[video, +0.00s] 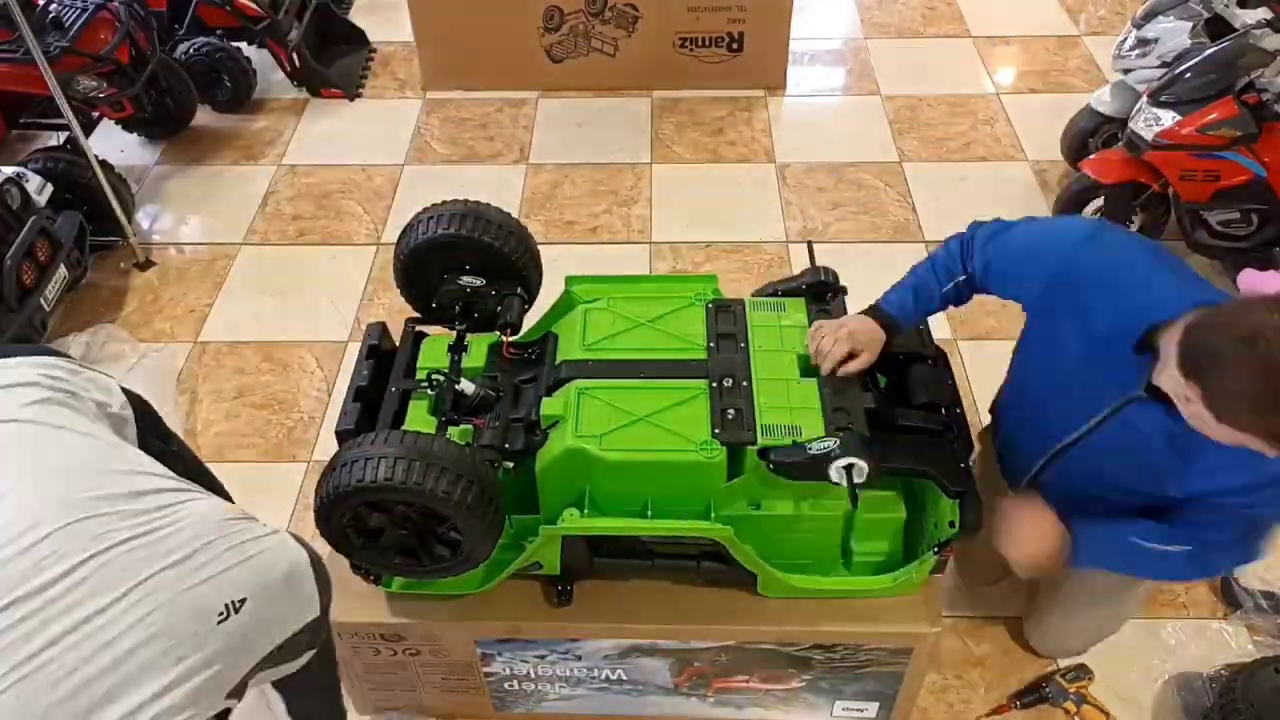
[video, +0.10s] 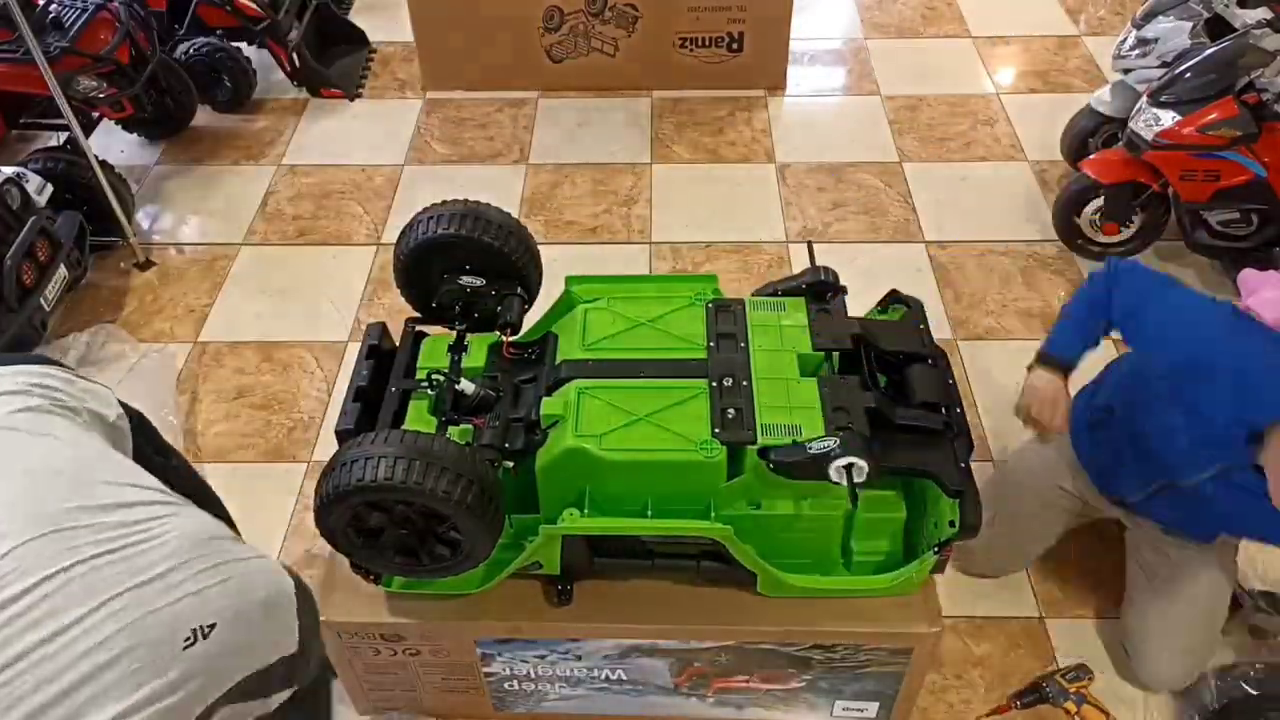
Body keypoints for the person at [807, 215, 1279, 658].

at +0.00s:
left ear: (1253, 439)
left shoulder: (1257, 479)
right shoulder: (1100, 267)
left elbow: (1200, 549)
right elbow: (974, 254)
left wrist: (1069, 543)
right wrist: (882, 319)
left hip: (1111, 539)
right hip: (1011, 461)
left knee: (1050, 638)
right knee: (977, 548)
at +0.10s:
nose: (1274, 499)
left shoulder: (1273, 519)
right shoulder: (1214, 354)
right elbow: (1117, 281)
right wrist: (1052, 366)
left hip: (1191, 525)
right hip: (1093, 451)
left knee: (1159, 670)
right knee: (980, 553)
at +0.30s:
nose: (1208, 245)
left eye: (1238, 241)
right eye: (1211, 220)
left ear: (1278, 264)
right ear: (1206, 209)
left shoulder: (1270, 346)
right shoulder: (1151, 260)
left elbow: (1273, 462)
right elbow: (1052, 335)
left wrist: (1233, 457)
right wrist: (1069, 376)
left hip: (1183, 504)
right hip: (1086, 449)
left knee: (1096, 639)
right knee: (990, 567)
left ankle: (1108, 534)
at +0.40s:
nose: (1140, 335)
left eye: (1171, 333)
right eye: (1129, 305)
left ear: (1227, 308)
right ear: (1123, 247)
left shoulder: (1263, 362)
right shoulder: (1076, 229)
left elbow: (1258, 485)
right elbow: (978, 231)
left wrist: (1140, 552)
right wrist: (949, 296)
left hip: (1099, 519)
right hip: (998, 463)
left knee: (1045, 640)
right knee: (962, 543)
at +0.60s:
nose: (1096, 184)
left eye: (1128, 177)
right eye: (1101, 157)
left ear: (1204, 194)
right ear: (1100, 137)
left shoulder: (1258, 300)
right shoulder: (1074, 193)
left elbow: (1256, 466)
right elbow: (995, 289)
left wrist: (1110, 410)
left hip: (1103, 510)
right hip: (1005, 451)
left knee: (1042, 642)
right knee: (972, 552)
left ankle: (1142, 538)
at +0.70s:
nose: (1064, 99)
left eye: (1085, 85)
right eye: (1074, 80)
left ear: (1146, 105)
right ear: (1141, 103)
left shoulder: (1213, 255)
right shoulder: (1062, 172)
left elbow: (1164, 425)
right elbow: (999, 277)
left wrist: (1028, 341)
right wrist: (942, 282)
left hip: (1084, 484)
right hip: (995, 437)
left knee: (1036, 627)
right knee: (967, 552)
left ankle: (1159, 517)